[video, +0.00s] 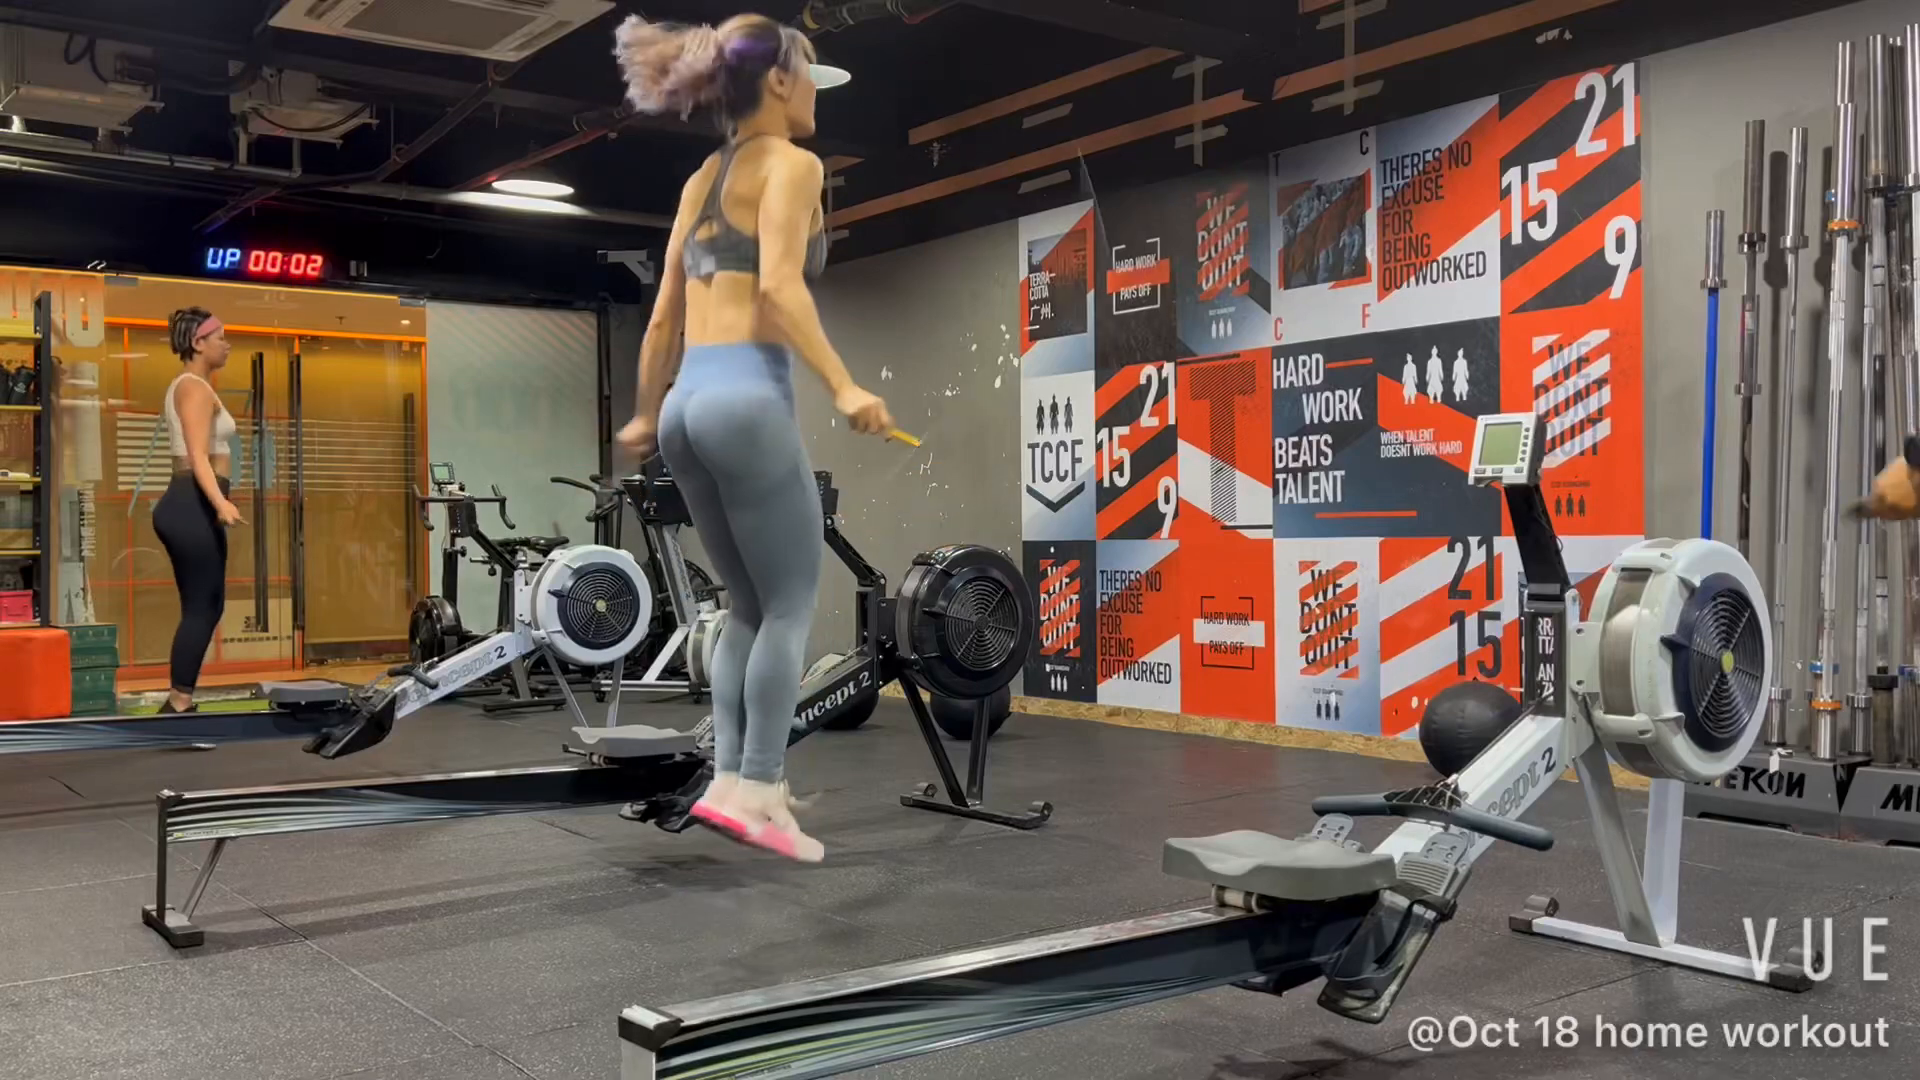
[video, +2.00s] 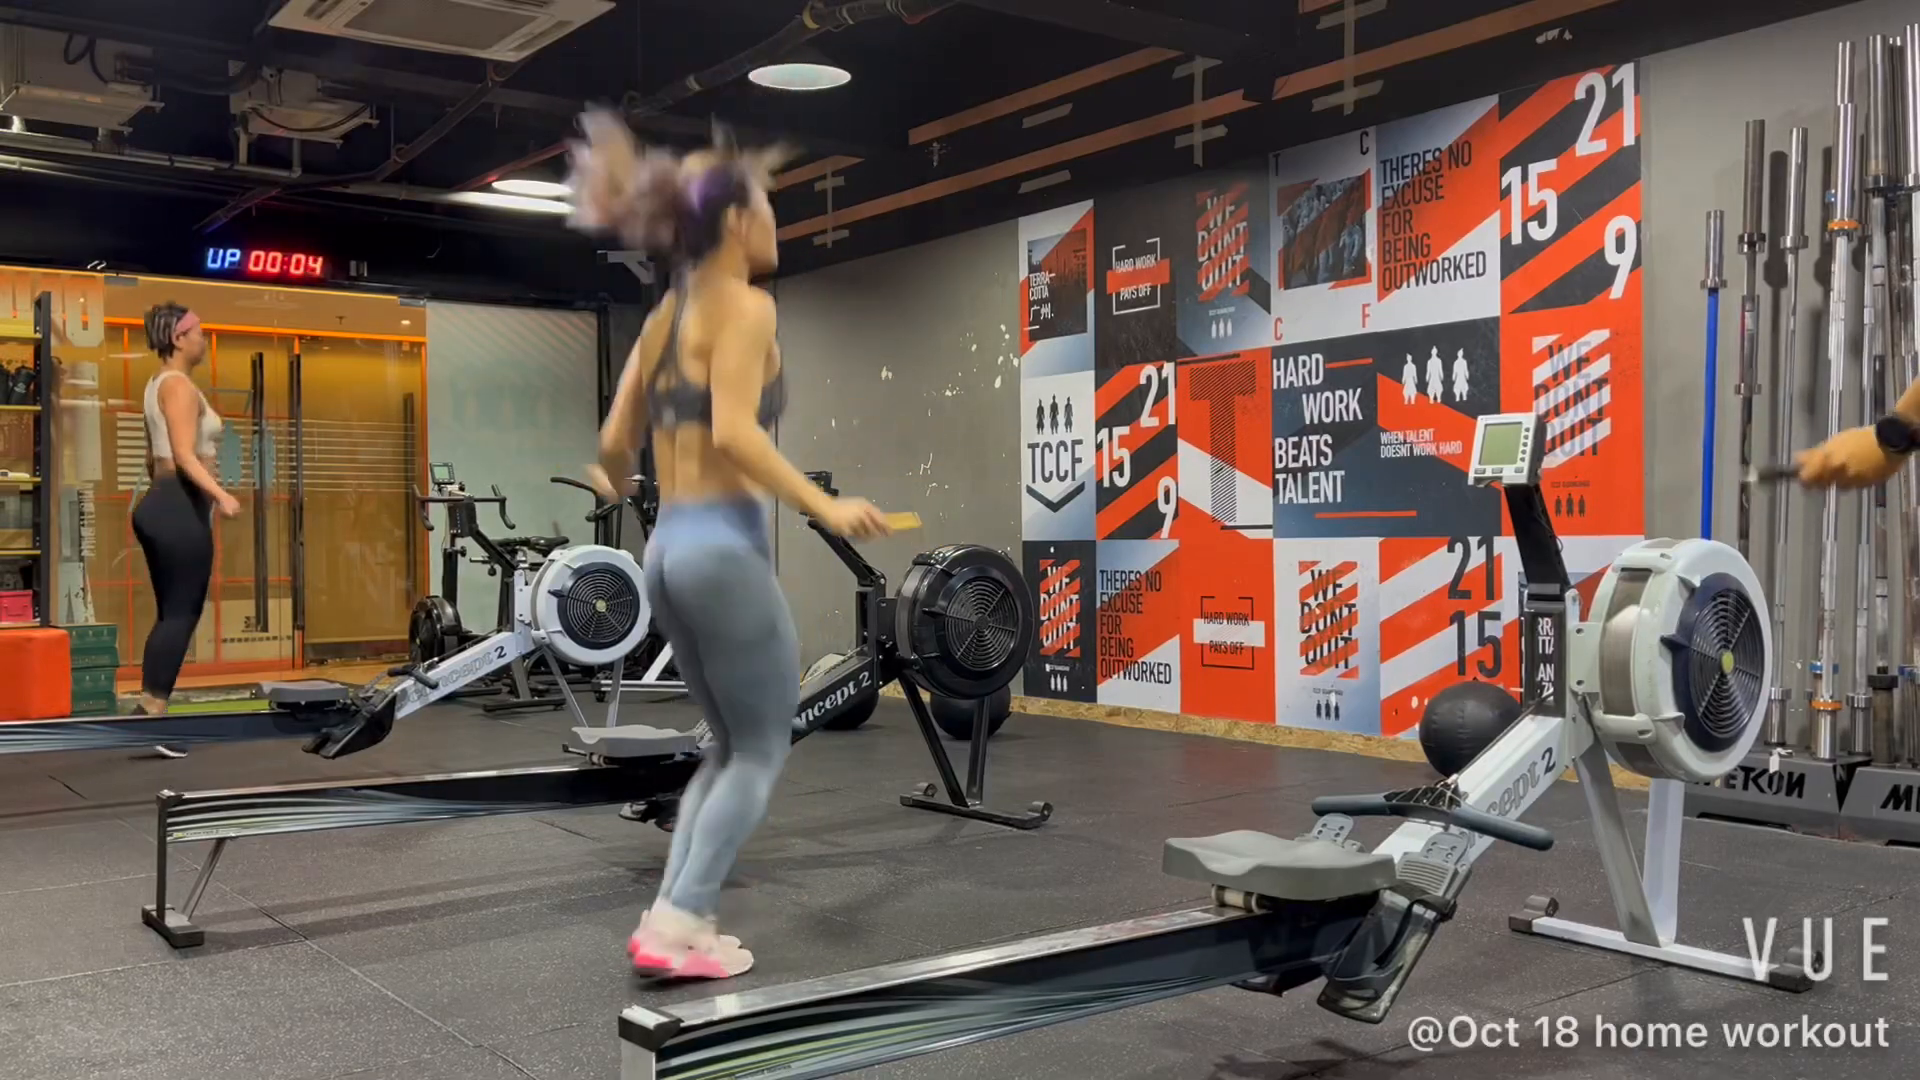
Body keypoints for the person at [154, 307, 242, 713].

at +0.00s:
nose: (227, 343)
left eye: (224, 335)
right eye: (219, 336)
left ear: (199, 344)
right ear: (198, 344)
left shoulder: (192, 385)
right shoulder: (193, 387)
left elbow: (193, 455)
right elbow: (197, 454)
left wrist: (218, 498)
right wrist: (220, 501)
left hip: (191, 502)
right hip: (190, 502)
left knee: (205, 606)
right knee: (203, 607)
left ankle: (181, 699)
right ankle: (180, 701)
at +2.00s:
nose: (205, 338)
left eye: (202, 331)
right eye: (199, 332)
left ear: (172, 340)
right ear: (179, 339)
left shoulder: (160, 385)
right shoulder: (178, 385)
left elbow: (160, 460)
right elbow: (183, 454)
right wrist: (220, 494)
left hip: (162, 501)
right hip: (179, 502)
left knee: (172, 611)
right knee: (182, 612)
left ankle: (152, 706)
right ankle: (154, 708)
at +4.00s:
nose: (232, 337)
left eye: (228, 330)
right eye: (225, 331)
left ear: (200, 340)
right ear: (208, 339)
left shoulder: (186, 387)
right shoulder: (210, 385)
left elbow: (181, 461)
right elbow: (212, 454)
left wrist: (199, 495)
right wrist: (247, 483)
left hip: (194, 496)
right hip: (212, 495)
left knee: (218, 606)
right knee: (230, 604)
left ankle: (191, 697)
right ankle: (193, 699)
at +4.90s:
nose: (232, 361)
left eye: (228, 353)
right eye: (226, 355)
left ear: (200, 362)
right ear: (207, 361)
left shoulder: (185, 406)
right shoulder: (208, 409)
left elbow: (208, 477)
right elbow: (217, 479)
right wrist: (266, 505)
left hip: (191, 526)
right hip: (208, 528)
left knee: (213, 632)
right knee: (225, 633)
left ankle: (180, 716)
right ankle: (183, 718)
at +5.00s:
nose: (229, 339)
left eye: (224, 331)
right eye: (223, 332)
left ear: (197, 343)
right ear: (207, 340)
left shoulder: (184, 388)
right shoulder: (208, 388)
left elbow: (199, 455)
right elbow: (217, 455)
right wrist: (246, 496)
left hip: (192, 504)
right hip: (210, 504)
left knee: (206, 610)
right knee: (216, 610)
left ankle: (189, 706)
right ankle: (192, 708)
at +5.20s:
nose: (230, 351)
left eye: (226, 342)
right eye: (225, 342)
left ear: (200, 348)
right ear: (209, 347)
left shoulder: (187, 397)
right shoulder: (208, 396)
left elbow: (200, 469)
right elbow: (213, 469)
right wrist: (261, 493)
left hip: (189, 521)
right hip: (210, 522)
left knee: (209, 625)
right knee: (221, 626)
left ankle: (181, 720)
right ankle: (184, 723)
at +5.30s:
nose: (232, 359)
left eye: (229, 350)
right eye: (226, 350)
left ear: (202, 354)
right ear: (210, 354)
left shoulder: (188, 403)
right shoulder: (210, 405)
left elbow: (200, 478)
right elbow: (219, 476)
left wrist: (243, 505)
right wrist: (262, 513)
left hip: (190, 527)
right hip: (210, 528)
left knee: (208, 632)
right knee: (220, 633)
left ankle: (179, 719)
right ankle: (182, 721)